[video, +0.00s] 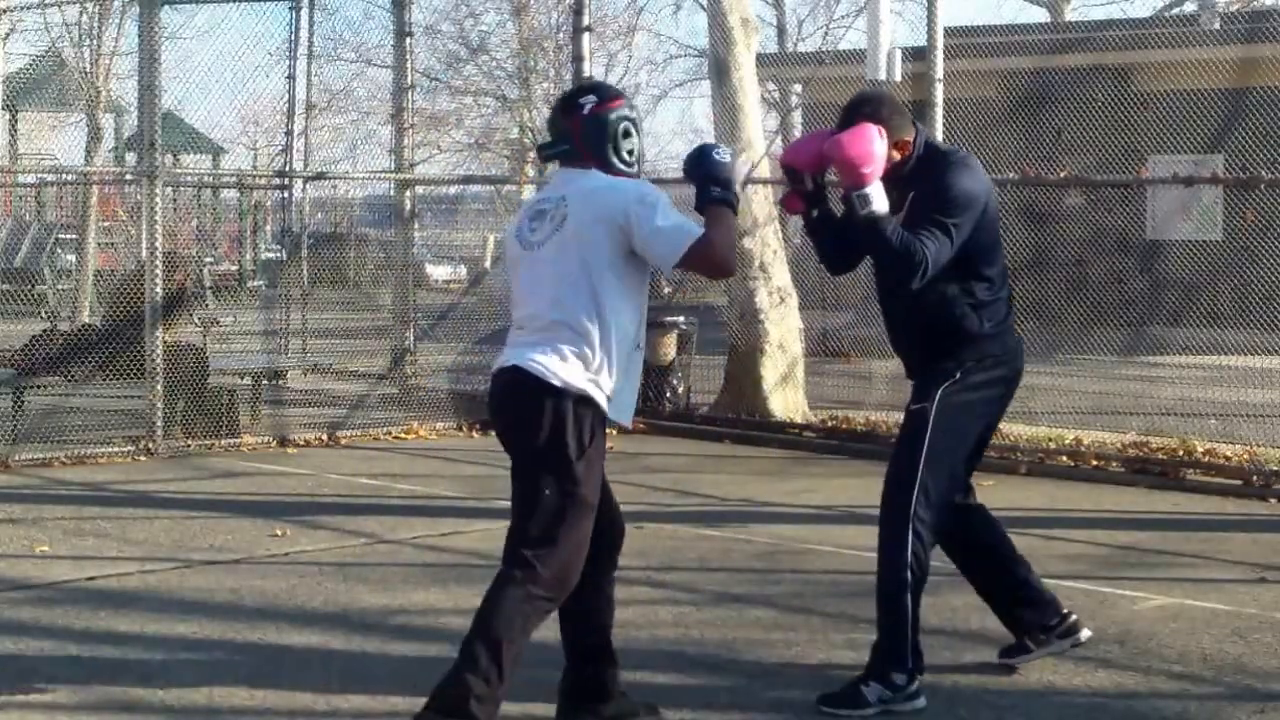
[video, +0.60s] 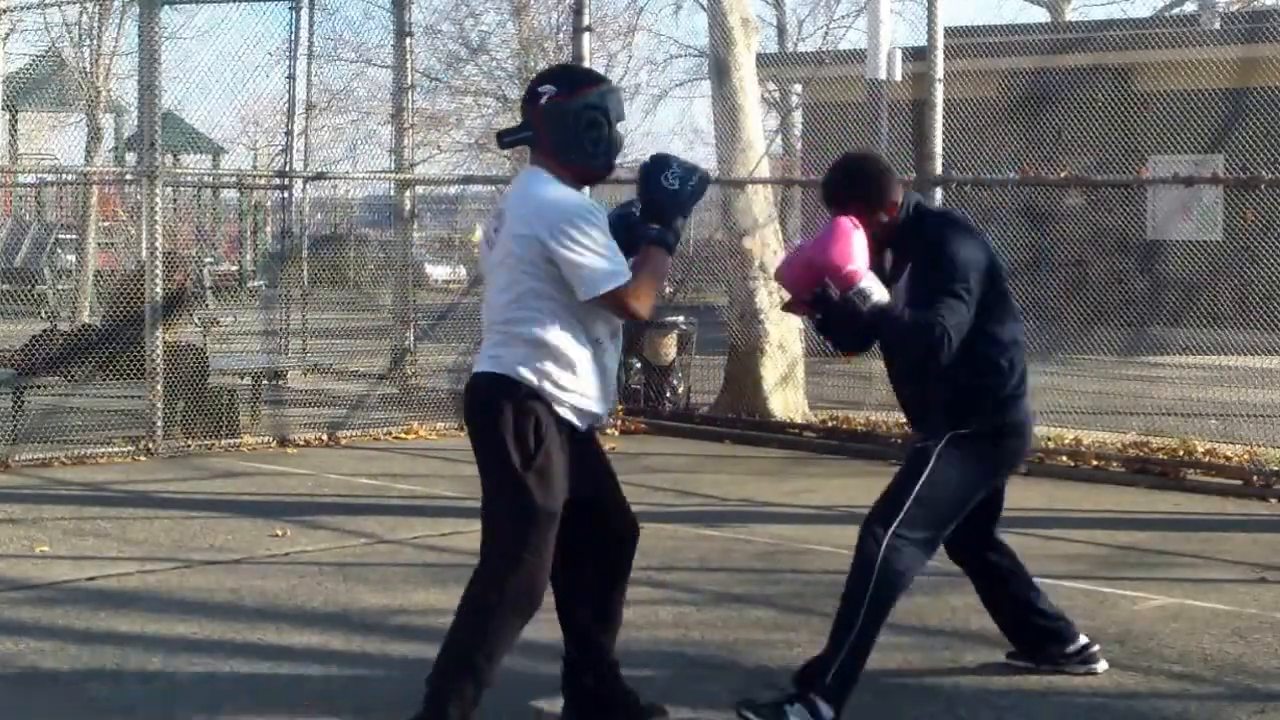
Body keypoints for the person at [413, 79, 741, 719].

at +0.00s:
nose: (635, 145)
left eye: (632, 134)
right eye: (630, 134)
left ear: (561, 142)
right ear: (617, 138)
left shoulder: (532, 211)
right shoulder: (624, 195)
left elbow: (534, 306)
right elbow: (718, 258)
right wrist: (718, 193)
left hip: (514, 386)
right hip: (567, 394)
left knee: (599, 533)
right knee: (546, 559)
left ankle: (591, 695)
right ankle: (459, 705)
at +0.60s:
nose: (606, 128)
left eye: (609, 114)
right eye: (589, 115)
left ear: (537, 132)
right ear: (556, 128)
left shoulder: (535, 198)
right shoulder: (556, 205)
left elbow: (556, 288)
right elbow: (637, 300)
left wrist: (618, 238)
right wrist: (666, 230)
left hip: (552, 405)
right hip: (522, 400)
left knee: (608, 536)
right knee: (517, 570)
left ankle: (594, 689)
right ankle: (445, 706)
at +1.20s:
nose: (437, 114)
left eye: (450, 105)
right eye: (444, 103)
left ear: (475, 126)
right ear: (499, 134)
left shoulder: (507, 200)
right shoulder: (420, 205)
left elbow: (558, 272)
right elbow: (436, 323)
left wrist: (563, 171)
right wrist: (509, 258)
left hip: (495, 425)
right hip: (425, 431)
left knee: (535, 562)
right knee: (401, 596)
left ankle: (517, 700)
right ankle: (357, 712)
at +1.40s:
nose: (470, 113)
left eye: (483, 109)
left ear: (497, 132)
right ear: (544, 146)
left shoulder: (528, 203)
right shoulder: (467, 203)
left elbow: (575, 295)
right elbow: (489, 315)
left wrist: (609, 224)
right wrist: (560, 248)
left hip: (530, 417)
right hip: (471, 416)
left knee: (552, 565)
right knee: (453, 574)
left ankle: (519, 701)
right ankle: (400, 707)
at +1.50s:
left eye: (582, 106)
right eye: (574, 107)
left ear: (513, 112)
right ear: (558, 117)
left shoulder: (550, 194)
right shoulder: (485, 187)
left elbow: (568, 302)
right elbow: (500, 299)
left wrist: (622, 259)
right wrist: (576, 245)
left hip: (540, 407)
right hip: (483, 405)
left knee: (546, 555)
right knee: (491, 564)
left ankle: (519, 701)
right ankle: (448, 708)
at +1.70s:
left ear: (530, 118)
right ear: (584, 125)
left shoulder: (583, 198)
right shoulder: (498, 200)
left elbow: (577, 295)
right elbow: (519, 315)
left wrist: (629, 295)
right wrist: (589, 247)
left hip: (578, 413)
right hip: (512, 418)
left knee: (610, 556)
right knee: (515, 584)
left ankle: (546, 683)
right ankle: (488, 709)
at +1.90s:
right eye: (624, 113)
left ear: (600, 123)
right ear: (611, 128)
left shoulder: (637, 200)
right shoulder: (557, 207)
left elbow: (635, 319)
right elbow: (577, 326)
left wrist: (677, 300)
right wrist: (641, 259)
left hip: (639, 426)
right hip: (568, 432)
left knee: (686, 585)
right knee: (534, 601)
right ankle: (484, 716)